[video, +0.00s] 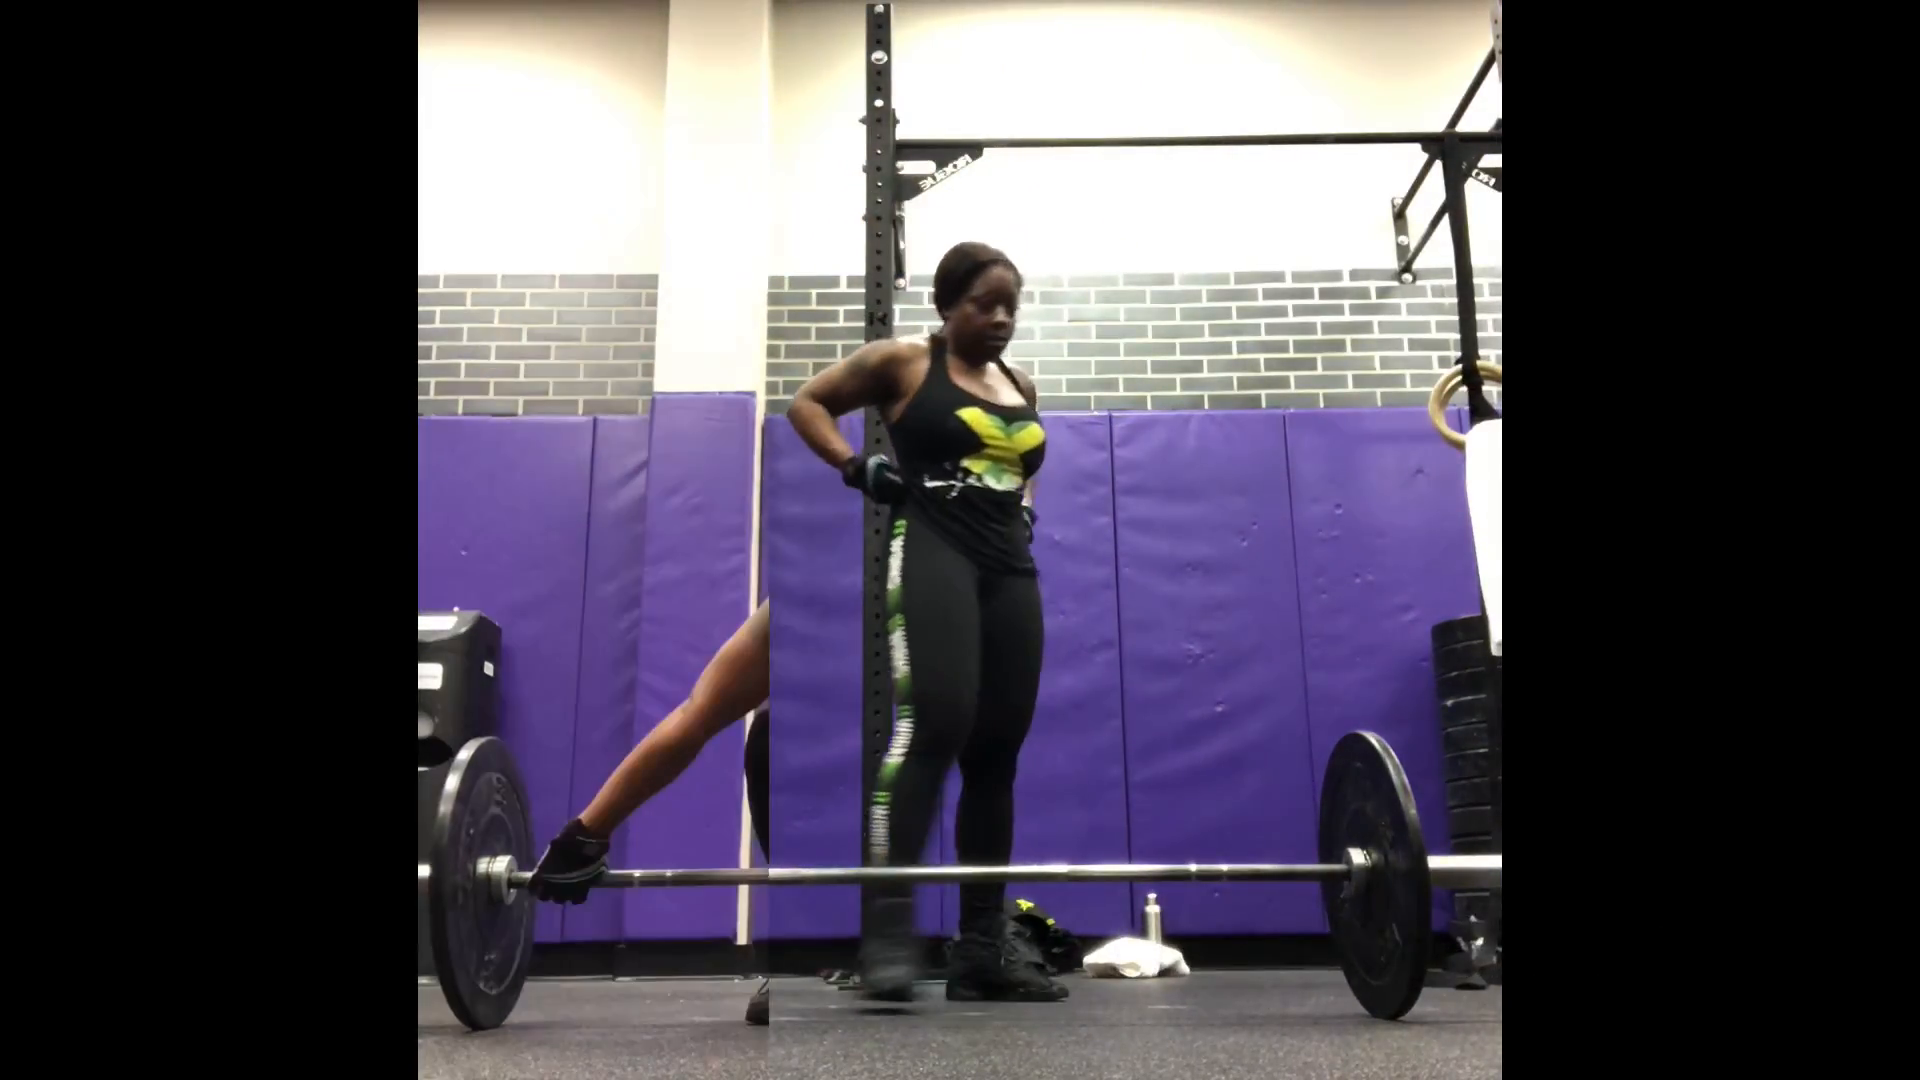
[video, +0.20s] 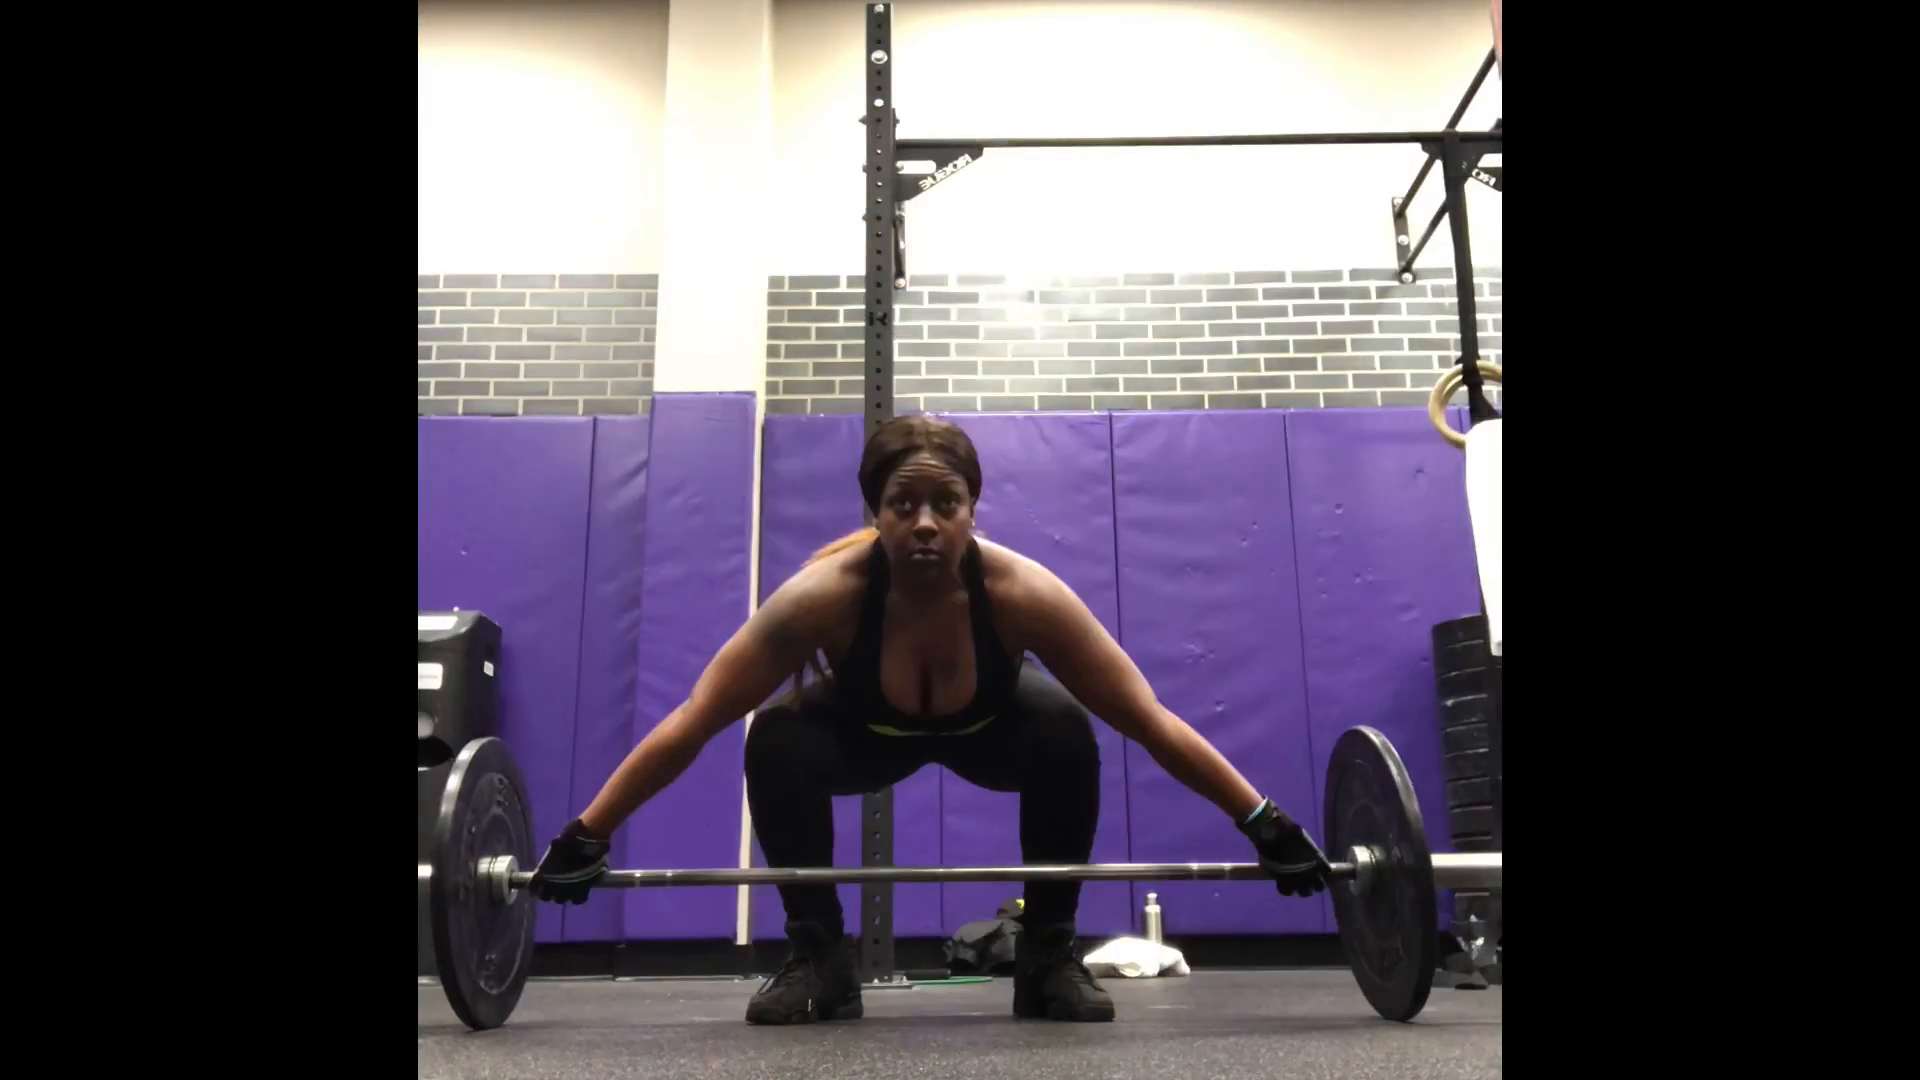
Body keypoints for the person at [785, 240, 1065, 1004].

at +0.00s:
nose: (1002, 318)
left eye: (1011, 306)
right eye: (987, 304)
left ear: (1017, 311)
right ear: (947, 305)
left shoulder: (1015, 379)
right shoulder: (901, 363)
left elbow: (1023, 453)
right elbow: (805, 404)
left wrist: (1020, 495)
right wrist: (850, 462)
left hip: (1009, 561)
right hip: (928, 549)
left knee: (994, 754)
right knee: (930, 728)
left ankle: (982, 948)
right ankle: (886, 941)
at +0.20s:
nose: (926, 521)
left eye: (944, 503)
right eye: (907, 504)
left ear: (971, 509)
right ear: (877, 513)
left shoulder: (1024, 592)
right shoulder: (824, 592)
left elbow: (1150, 723)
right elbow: (698, 720)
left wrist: (1263, 821)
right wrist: (584, 834)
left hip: (986, 730)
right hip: (867, 733)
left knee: (1065, 738)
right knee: (778, 746)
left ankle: (1050, 961)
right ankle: (819, 962)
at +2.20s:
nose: (927, 425)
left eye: (945, 408)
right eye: (908, 410)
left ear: (974, 419)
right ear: (880, 424)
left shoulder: (1023, 510)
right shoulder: (831, 505)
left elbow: (1144, 625)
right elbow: (707, 617)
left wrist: (1251, 724)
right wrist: (597, 723)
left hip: (989, 642)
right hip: (876, 645)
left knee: (1068, 724)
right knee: (786, 731)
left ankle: (1050, 962)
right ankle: (819, 959)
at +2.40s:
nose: (927, 328)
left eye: (945, 313)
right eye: (909, 313)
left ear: (969, 339)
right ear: (881, 336)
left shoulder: (1015, 433)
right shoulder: (837, 428)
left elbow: (1136, 541)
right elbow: (715, 531)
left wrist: (1242, 639)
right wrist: (608, 634)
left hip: (988, 600)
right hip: (876, 603)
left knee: (1063, 732)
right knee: (789, 732)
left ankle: (1051, 958)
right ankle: (820, 958)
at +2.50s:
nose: (934, 249)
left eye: (950, 237)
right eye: (915, 237)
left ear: (976, 268)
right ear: (885, 267)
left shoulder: (1019, 380)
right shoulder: (837, 372)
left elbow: (1140, 463)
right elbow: (719, 453)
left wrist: (1242, 554)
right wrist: (615, 545)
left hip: (985, 587)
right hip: (871, 588)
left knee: (1054, 725)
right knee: (791, 728)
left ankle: (1048, 959)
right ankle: (822, 957)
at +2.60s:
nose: (943, 179)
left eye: (958, 170)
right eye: (924, 169)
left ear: (979, 200)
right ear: (894, 197)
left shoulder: (1021, 312)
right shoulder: (842, 303)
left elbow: (1138, 377)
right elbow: (732, 369)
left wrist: (1235, 442)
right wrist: (629, 428)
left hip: (980, 539)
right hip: (870, 538)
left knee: (1030, 713)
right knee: (816, 712)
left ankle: (1047, 945)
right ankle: (817, 947)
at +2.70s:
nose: (943, 140)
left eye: (960, 133)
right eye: (926, 131)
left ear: (983, 166)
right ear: (899, 162)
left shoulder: (1015, 258)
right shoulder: (850, 250)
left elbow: (1133, 302)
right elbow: (734, 306)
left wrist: (1232, 325)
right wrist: (631, 311)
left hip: (978, 478)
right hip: (870, 477)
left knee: (1028, 681)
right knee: (831, 680)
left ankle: (1073, 910)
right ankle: (792, 912)